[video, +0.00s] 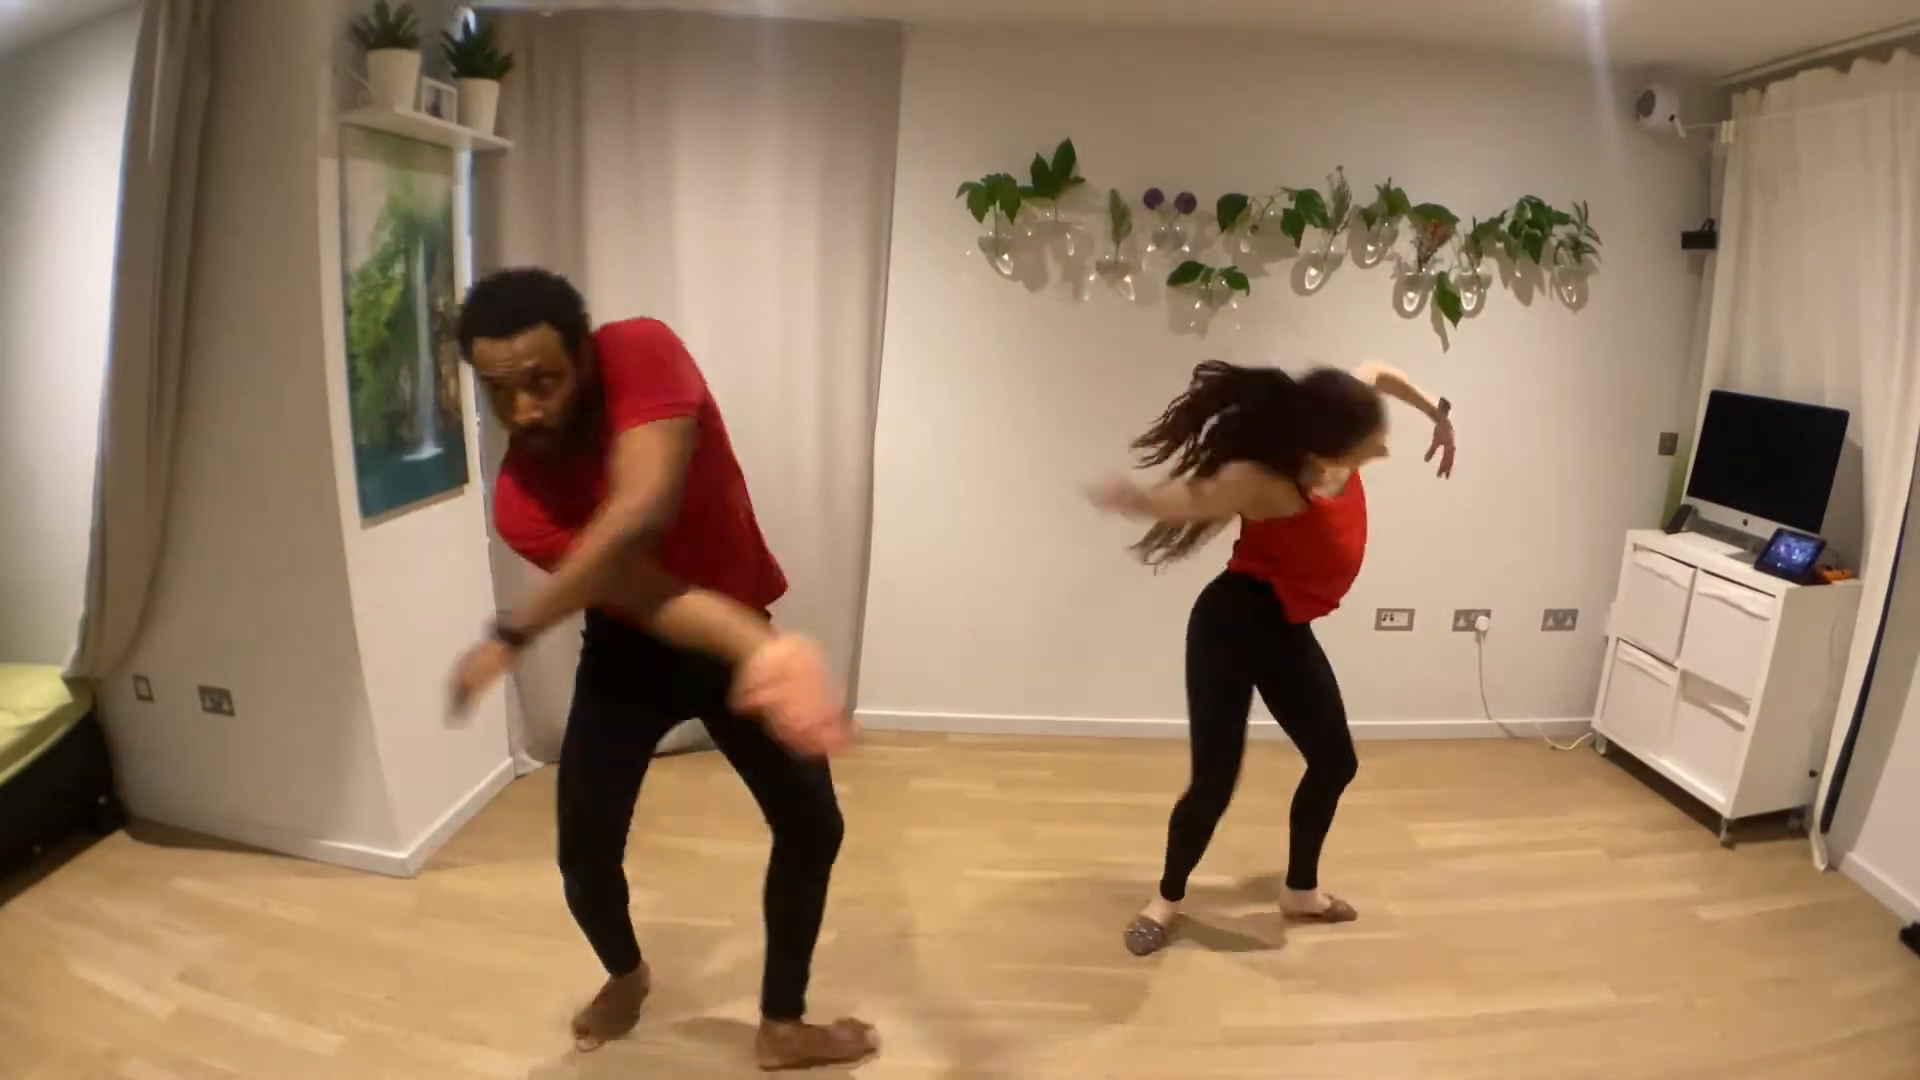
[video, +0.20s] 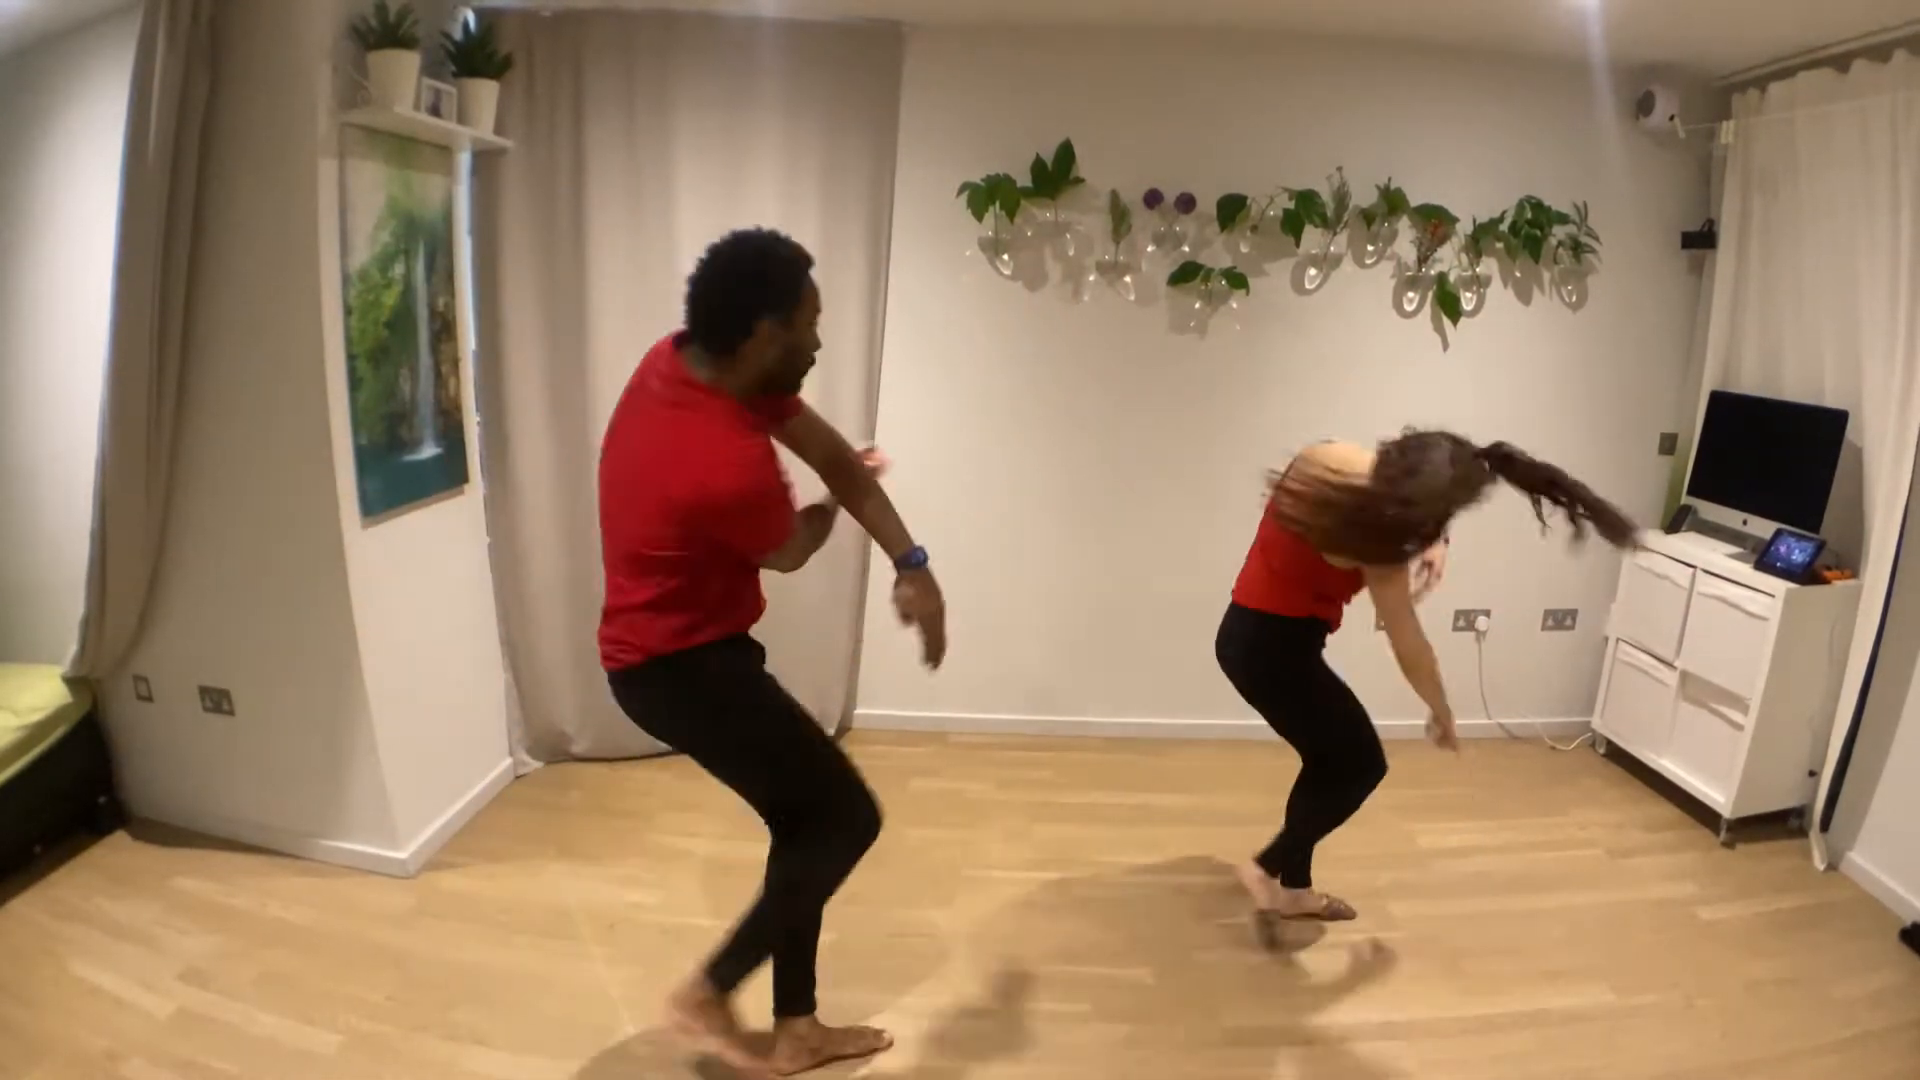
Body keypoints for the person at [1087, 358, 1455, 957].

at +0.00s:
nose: (1357, 469)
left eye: (1361, 458)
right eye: (1348, 459)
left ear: (1356, 448)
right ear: (1314, 453)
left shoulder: (1344, 444)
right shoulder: (1263, 482)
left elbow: (1377, 371)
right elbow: (1197, 498)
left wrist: (1438, 414)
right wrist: (1144, 500)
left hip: (1285, 630)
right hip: (1229, 622)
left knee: (1334, 761)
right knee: (1214, 780)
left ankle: (1301, 891)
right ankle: (1167, 897)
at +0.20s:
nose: (1441, 527)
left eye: (1450, 518)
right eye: (1439, 518)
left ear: (1402, 452)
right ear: (1418, 509)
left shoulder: (1331, 458)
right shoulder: (1378, 529)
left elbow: (1405, 477)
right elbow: (1405, 637)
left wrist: (1436, 541)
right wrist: (1440, 710)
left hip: (1246, 635)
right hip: (1276, 651)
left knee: (1327, 756)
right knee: (1363, 762)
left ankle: (1292, 886)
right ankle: (1270, 865)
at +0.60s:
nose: (1338, 401)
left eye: (1355, 391)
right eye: (1333, 385)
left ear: (1395, 399)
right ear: (1327, 379)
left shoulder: (1363, 466)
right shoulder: (1382, 450)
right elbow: (1350, 489)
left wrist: (1291, 556)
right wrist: (1309, 492)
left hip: (1370, 640)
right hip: (1387, 628)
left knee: (1270, 747)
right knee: (1315, 729)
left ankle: (1339, 864)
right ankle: (1339, 839)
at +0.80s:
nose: (1374, 388)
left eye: (1389, 378)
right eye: (1362, 375)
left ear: (1411, 391)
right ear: (1344, 383)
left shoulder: (1419, 470)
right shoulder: (1309, 462)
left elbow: (1441, 575)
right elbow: (1246, 535)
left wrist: (1382, 518)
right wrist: (1201, 486)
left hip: (1387, 636)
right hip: (1323, 628)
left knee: (1322, 764)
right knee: (1297, 748)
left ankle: (1322, 894)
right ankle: (1337, 838)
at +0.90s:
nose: (1387, 388)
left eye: (1401, 379)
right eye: (1373, 375)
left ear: (1416, 390)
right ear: (1348, 384)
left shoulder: (1426, 473)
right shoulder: (1308, 466)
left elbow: (1406, 574)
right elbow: (1297, 561)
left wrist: (1381, 554)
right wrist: (1244, 536)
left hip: (1389, 642)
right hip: (1320, 635)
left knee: (1351, 792)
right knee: (1286, 767)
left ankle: (1329, 902)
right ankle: (1338, 824)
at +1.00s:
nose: (1386, 386)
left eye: (1399, 376)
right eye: (1371, 373)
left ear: (1412, 388)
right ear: (1342, 382)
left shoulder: (1426, 472)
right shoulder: (1308, 457)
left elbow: (1427, 559)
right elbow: (1291, 545)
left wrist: (1387, 600)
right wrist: (1314, 596)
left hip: (1394, 647)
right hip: (1321, 640)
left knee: (1357, 796)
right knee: (1281, 790)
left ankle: (1332, 899)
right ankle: (1305, 825)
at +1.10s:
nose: (1382, 387)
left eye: (1394, 376)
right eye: (1365, 375)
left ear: (1405, 388)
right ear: (1334, 384)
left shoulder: (1419, 469)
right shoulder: (1300, 449)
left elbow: (1480, 556)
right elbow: (1266, 540)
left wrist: (1461, 639)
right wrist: (1283, 617)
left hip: (1389, 632)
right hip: (1314, 625)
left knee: (1360, 786)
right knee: (1310, 775)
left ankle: (1331, 901)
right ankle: (1298, 832)